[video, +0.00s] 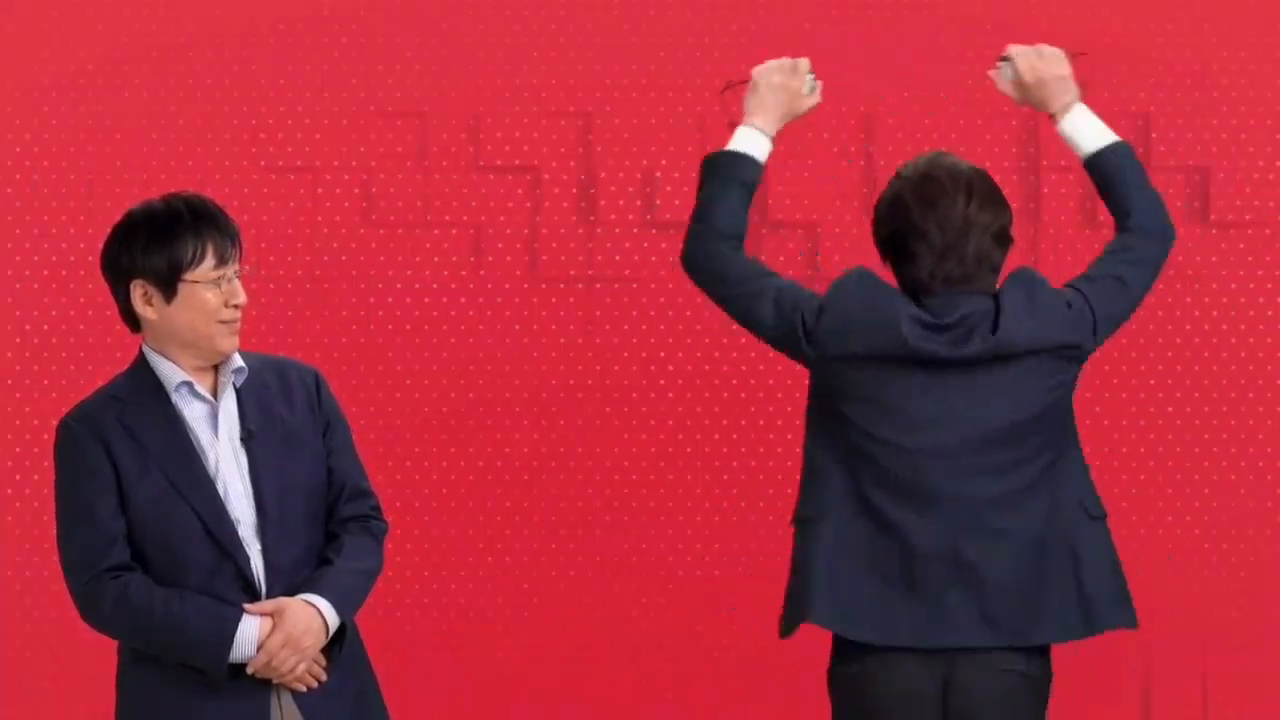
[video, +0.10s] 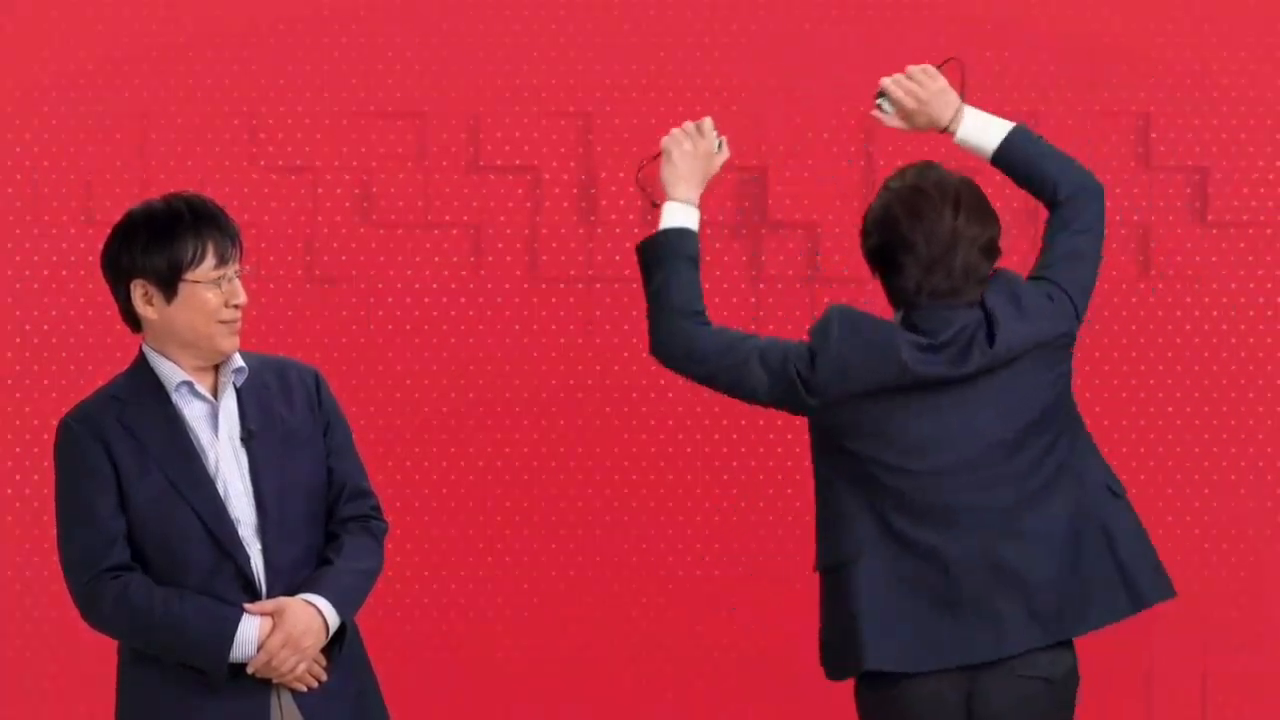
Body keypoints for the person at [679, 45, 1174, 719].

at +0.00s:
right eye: (1001, 237)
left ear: (892, 256)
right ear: (1002, 249)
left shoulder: (841, 332)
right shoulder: (1052, 333)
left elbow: (709, 254)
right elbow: (1149, 230)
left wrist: (755, 125)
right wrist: (1067, 107)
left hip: (877, 666)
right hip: (1008, 666)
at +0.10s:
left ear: (883, 269)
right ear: (992, 251)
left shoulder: (841, 366)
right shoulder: (1042, 327)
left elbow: (679, 337)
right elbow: (1080, 193)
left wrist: (679, 200)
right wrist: (959, 116)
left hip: (906, 680)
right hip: (1034, 666)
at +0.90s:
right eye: (977, 247)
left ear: (869, 281)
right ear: (975, 261)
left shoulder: (833, 377)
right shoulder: (1031, 334)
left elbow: (685, 330)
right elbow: (1088, 196)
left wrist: (694, 189)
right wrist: (982, 104)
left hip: (891, 684)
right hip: (1019, 674)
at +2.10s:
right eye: (981, 229)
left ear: (876, 258)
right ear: (982, 244)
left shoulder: (836, 340)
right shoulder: (1039, 328)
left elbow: (705, 264)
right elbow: (1138, 221)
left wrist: (753, 128)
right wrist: (1085, 94)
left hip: (869, 662)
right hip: (999, 659)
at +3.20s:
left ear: (874, 262)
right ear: (986, 250)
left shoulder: (835, 349)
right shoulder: (1038, 325)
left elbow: (696, 284)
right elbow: (1119, 202)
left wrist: (728, 145)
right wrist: (1051, 83)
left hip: (875, 664)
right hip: (1004, 659)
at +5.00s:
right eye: (993, 243)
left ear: (882, 265)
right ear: (991, 256)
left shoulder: (835, 342)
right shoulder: (1043, 336)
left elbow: (708, 254)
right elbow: (1141, 236)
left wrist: (777, 128)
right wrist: (1076, 113)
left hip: (882, 668)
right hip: (1014, 667)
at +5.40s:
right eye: (1005, 244)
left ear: (891, 248)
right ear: (1005, 257)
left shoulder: (845, 322)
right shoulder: (1051, 354)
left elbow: (755, 213)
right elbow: (1194, 301)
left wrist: (839, 106)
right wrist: (1171, 156)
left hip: (860, 663)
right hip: (989, 673)